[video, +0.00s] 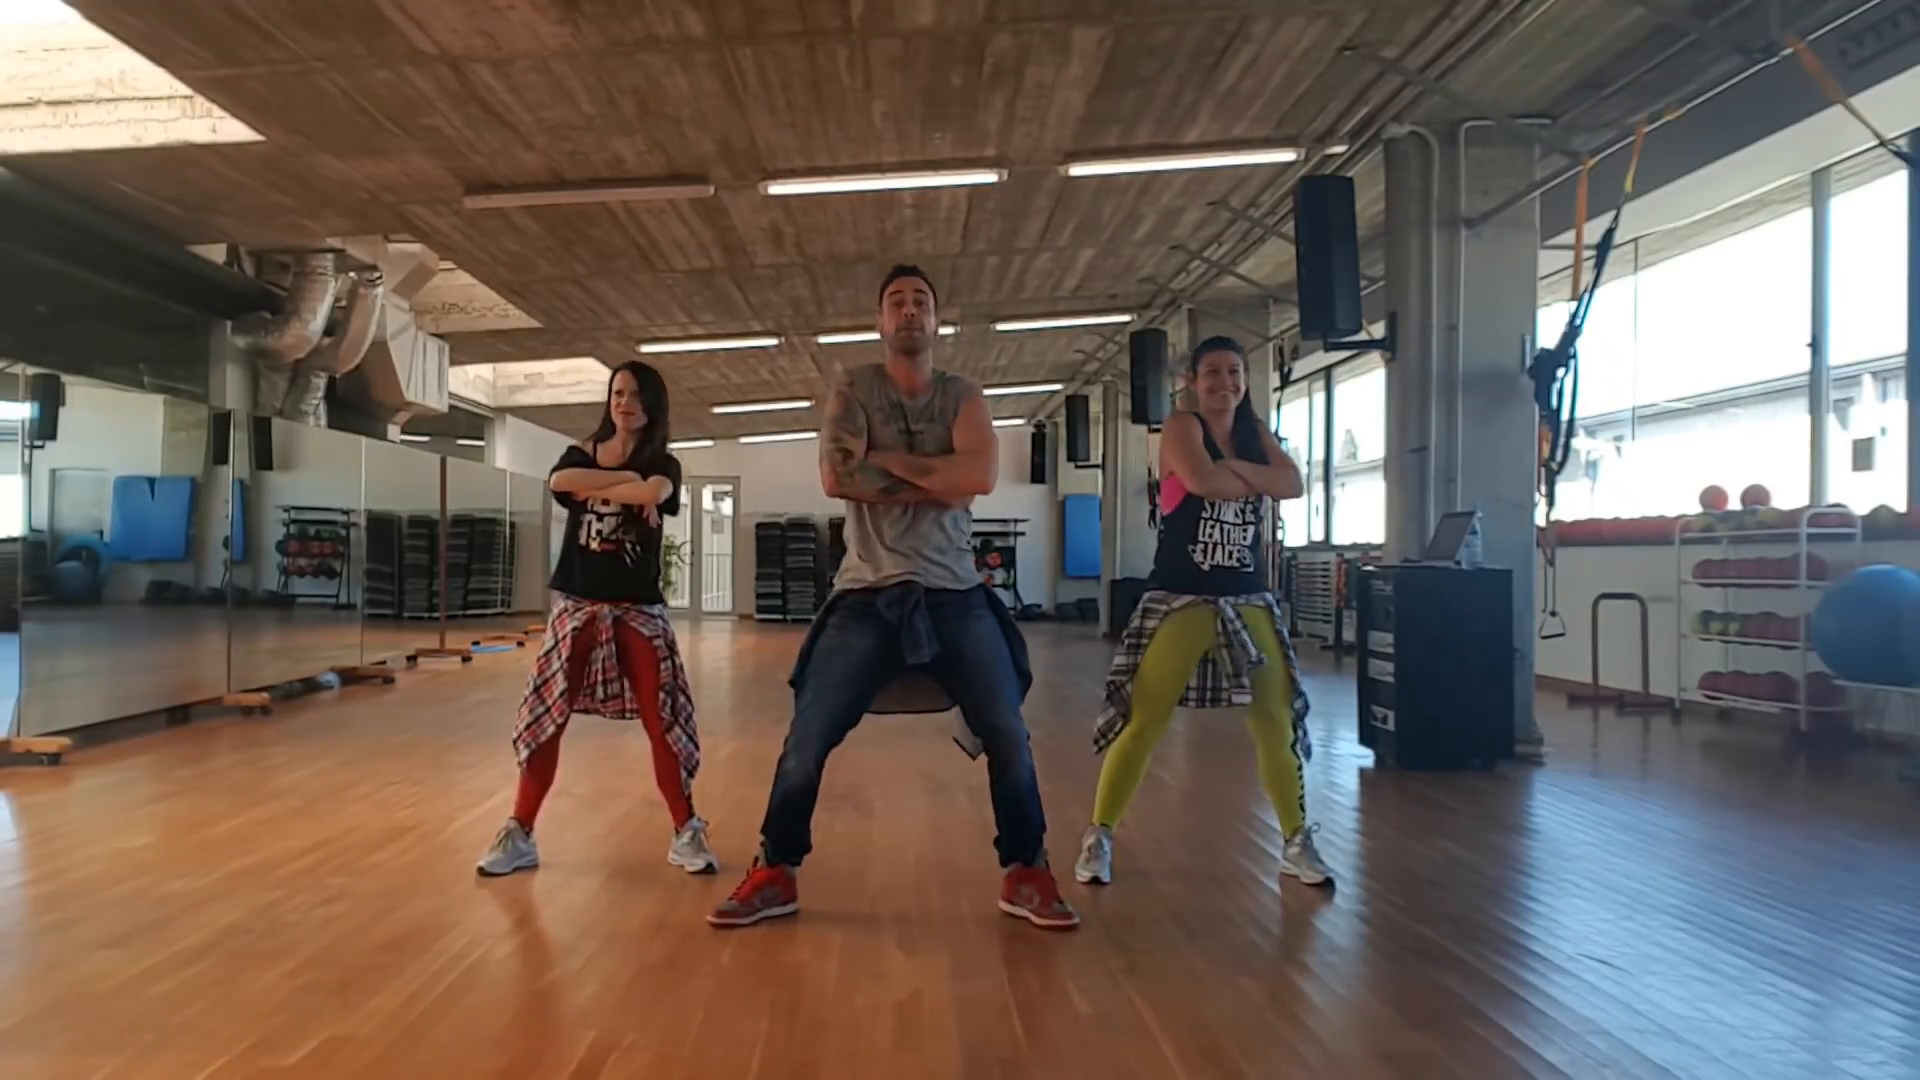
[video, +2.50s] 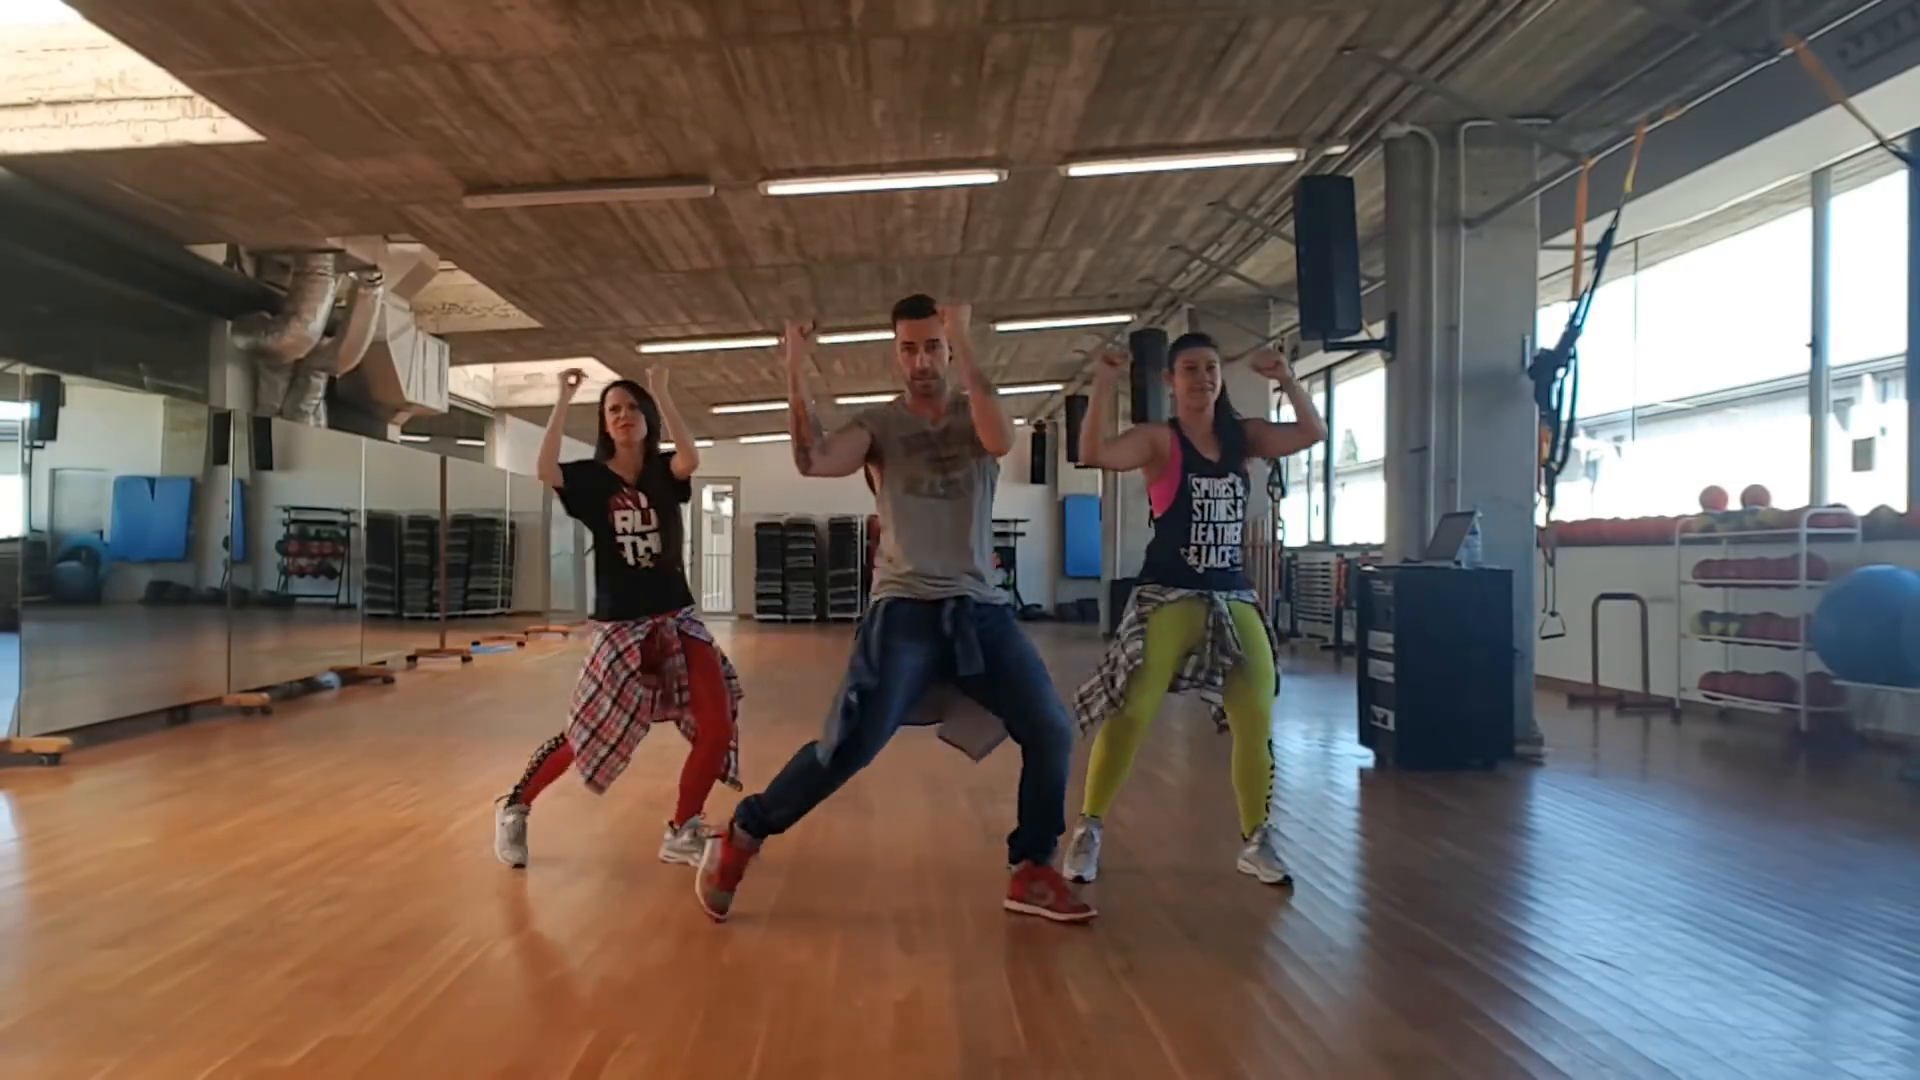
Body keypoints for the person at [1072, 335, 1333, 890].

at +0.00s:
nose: (1225, 380)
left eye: (1233, 372)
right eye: (1214, 372)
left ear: (1245, 382)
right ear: (1193, 382)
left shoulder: (1253, 432)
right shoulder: (1181, 426)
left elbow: (1292, 484)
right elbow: (1202, 481)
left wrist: (1231, 466)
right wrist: (1260, 483)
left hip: (1249, 598)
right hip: (1182, 598)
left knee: (1275, 723)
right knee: (1146, 721)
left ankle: (1297, 842)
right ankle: (1099, 838)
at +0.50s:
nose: (1197, 374)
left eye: (1206, 367)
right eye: (1186, 366)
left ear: (1220, 379)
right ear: (1170, 379)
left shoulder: (1236, 426)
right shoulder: (1153, 429)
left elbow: (1257, 464)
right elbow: (1141, 478)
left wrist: (1181, 462)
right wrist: (1220, 476)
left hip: (1233, 591)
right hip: (1164, 591)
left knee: (1264, 714)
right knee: (1138, 717)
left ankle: (1297, 841)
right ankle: (1098, 838)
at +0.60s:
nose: (1192, 372)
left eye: (1202, 364)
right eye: (1182, 364)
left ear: (1216, 377)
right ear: (1164, 377)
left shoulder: (1235, 426)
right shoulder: (1146, 429)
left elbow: (1270, 454)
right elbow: (1108, 475)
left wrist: (1203, 431)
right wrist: (1165, 460)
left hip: (1227, 591)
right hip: (1157, 591)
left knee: (1260, 714)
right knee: (1134, 715)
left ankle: (1297, 840)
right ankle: (1098, 838)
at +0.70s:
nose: (1193, 371)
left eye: (1202, 362)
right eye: (1182, 362)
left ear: (1216, 377)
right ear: (1164, 376)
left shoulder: (1232, 428)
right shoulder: (1146, 430)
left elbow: (1287, 444)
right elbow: (1094, 461)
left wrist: (1241, 387)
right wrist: (1145, 410)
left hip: (1226, 592)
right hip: (1157, 592)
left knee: (1258, 712)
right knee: (1132, 714)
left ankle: (1295, 840)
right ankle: (1098, 838)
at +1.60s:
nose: (1141, 382)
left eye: (1151, 373)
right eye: (1131, 372)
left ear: (1168, 386)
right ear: (1116, 382)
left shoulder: (1181, 445)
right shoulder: (1097, 437)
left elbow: (1256, 451)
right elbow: (1065, 450)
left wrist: (1245, 386)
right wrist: (1101, 392)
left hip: (1164, 600)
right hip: (1095, 600)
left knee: (1219, 710)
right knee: (1085, 729)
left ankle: (1248, 827)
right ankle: (1076, 837)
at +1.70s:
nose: (1132, 375)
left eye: (1143, 367)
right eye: (1123, 366)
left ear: (1158, 378)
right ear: (1107, 375)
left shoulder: (1173, 437)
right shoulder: (1085, 430)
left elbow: (1248, 442)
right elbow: (1029, 444)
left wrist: (1231, 380)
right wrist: (1054, 381)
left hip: (1156, 595)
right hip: (1087, 594)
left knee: (1201, 703)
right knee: (1086, 722)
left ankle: (1177, 813)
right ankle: (1076, 836)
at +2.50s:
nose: (1202, 378)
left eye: (1210, 368)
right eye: (1191, 369)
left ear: (1222, 377)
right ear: (1172, 380)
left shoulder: (1242, 435)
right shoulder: (1159, 438)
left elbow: (1311, 432)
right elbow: (1091, 453)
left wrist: (1285, 379)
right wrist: (1102, 385)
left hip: (1233, 596)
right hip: (1171, 595)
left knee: (1256, 711)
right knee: (1134, 712)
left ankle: (1256, 840)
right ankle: (1088, 831)